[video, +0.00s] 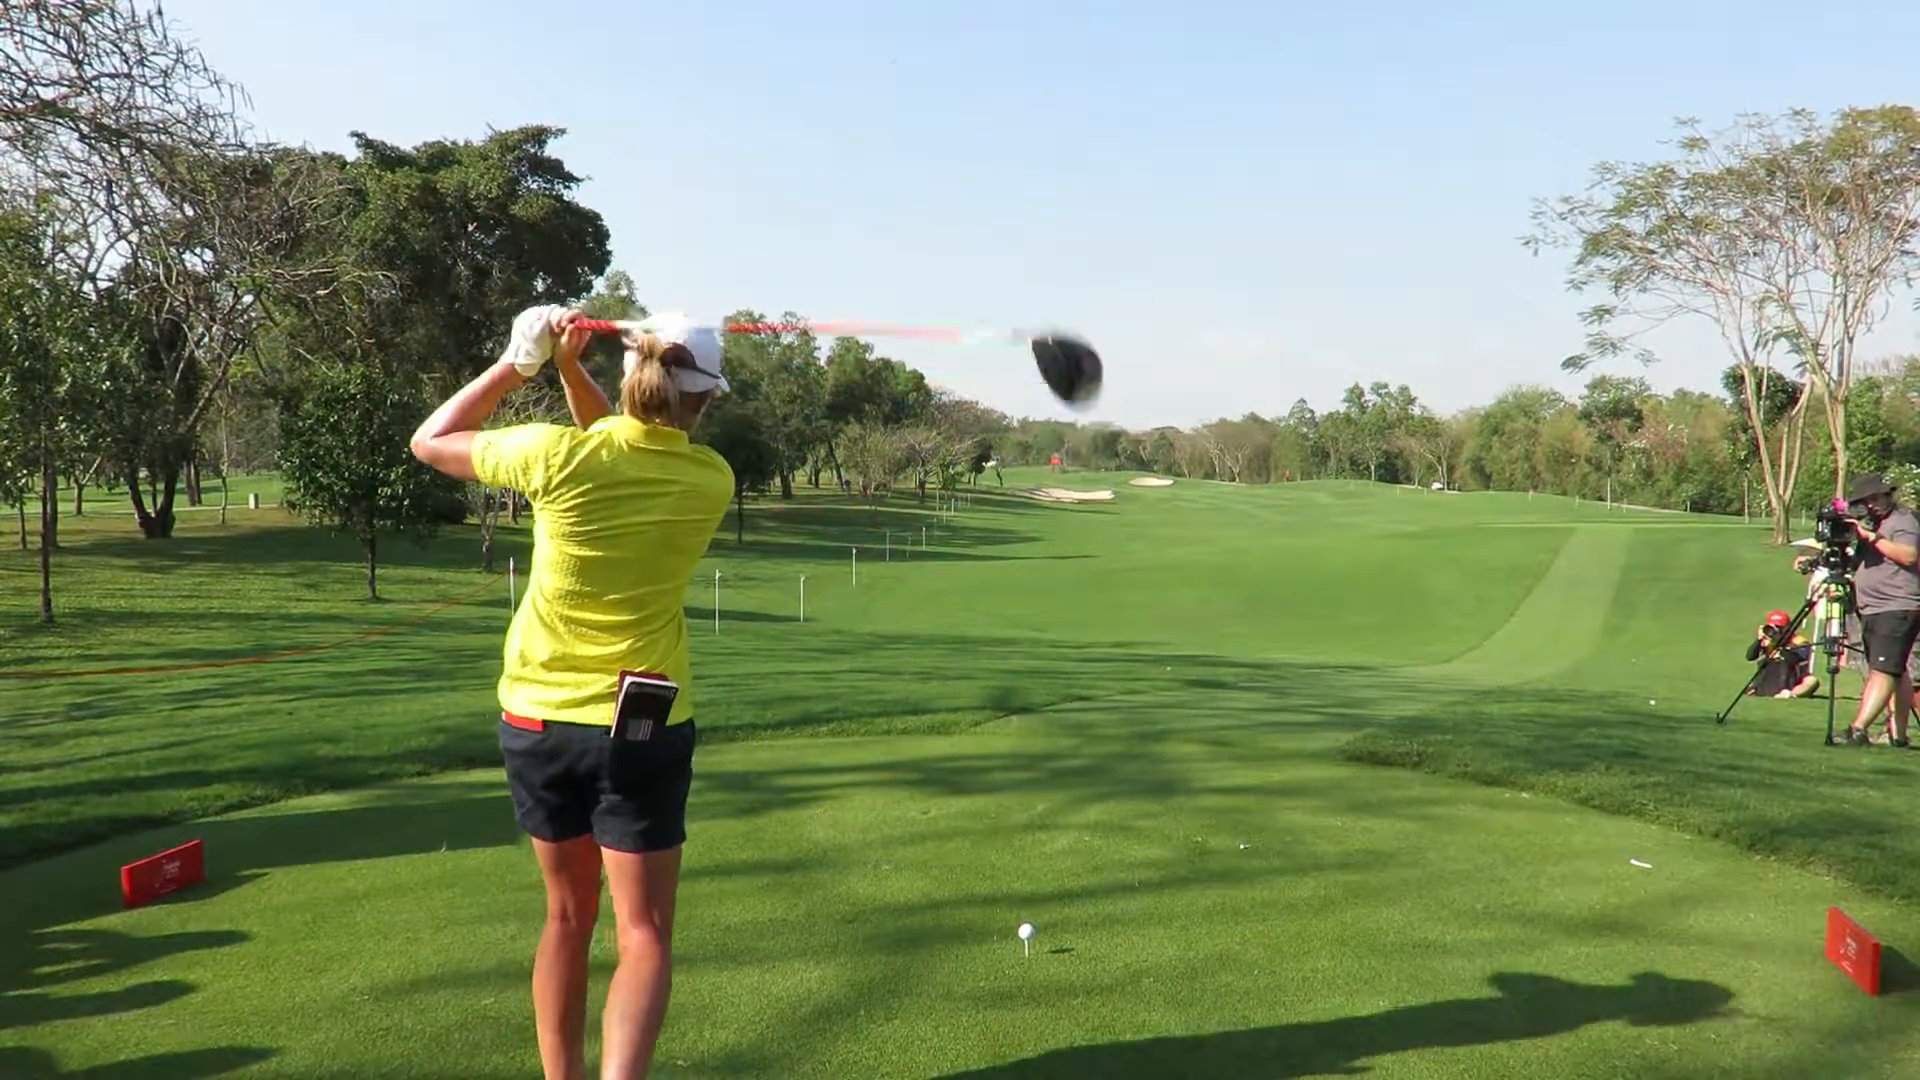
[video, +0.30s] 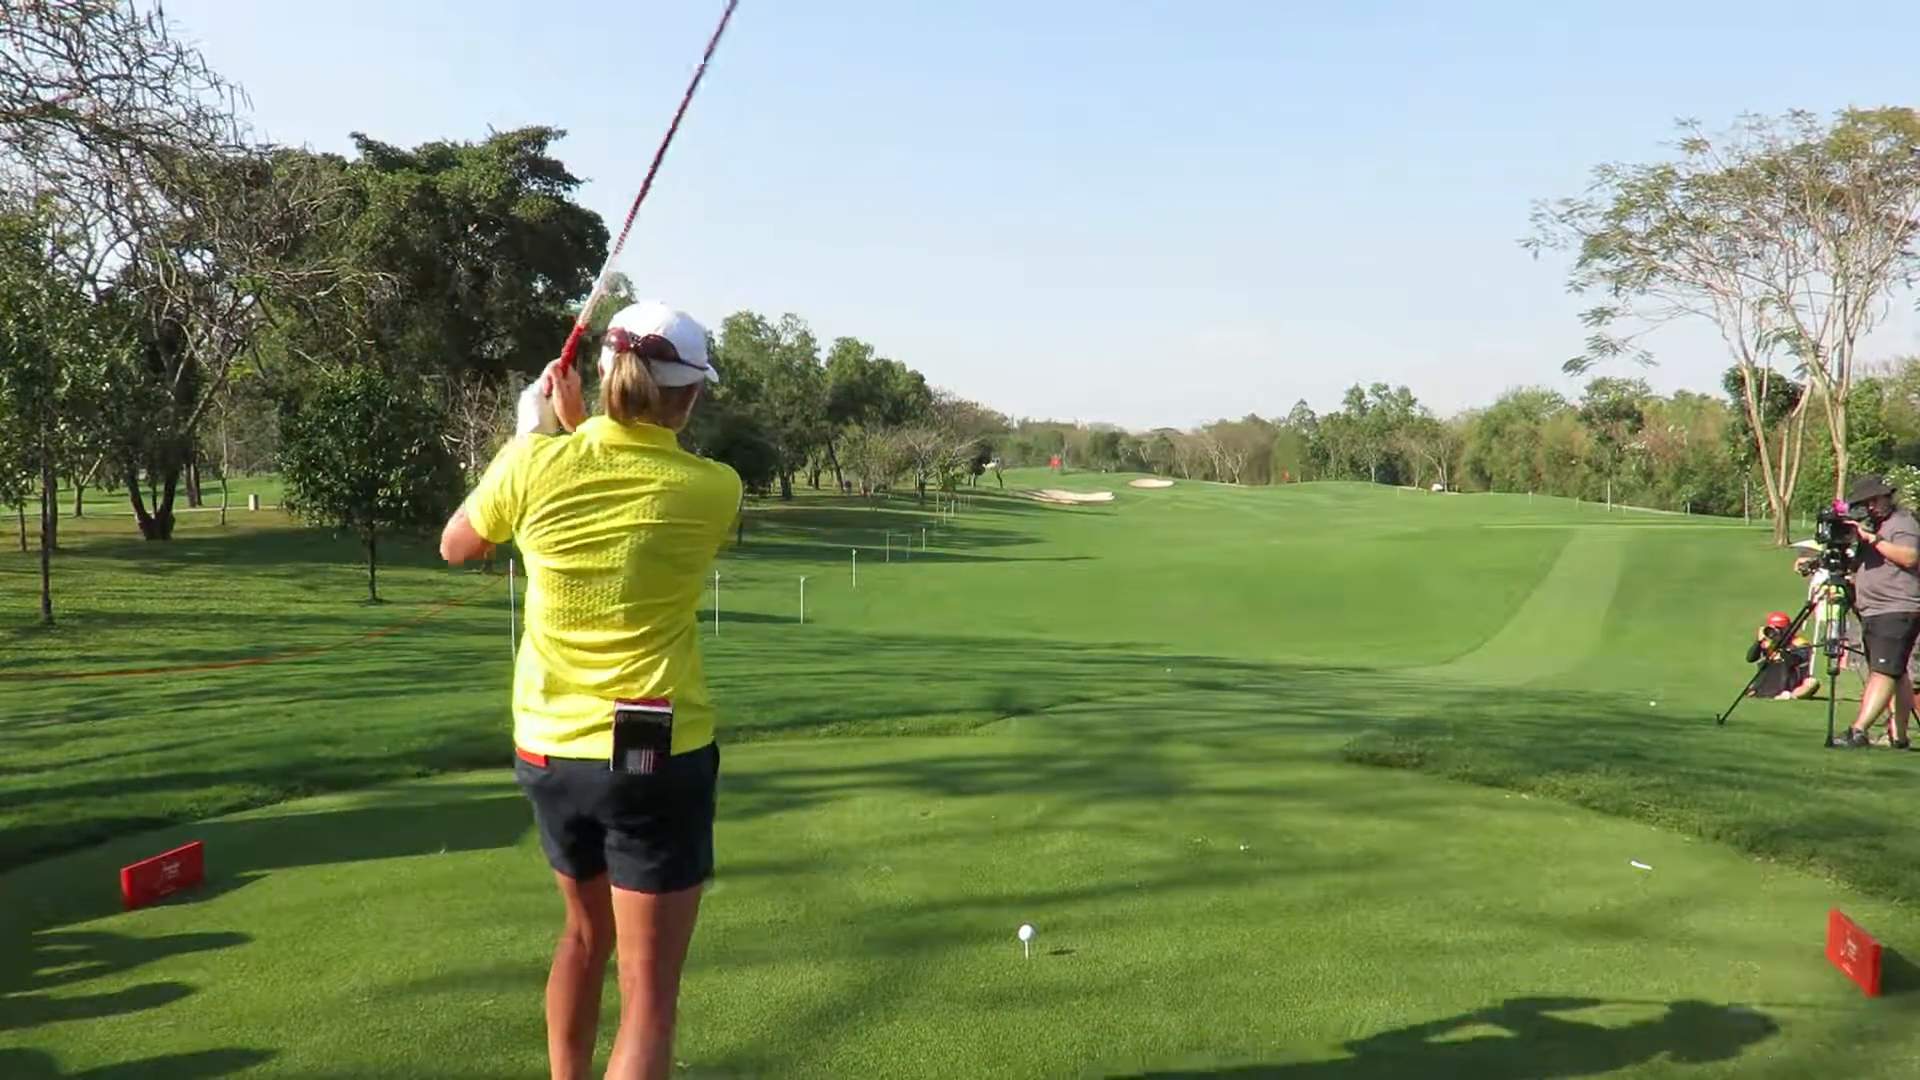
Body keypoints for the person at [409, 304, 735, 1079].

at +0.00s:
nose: (713, 403)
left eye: (710, 388)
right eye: (713, 391)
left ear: (629, 375)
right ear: (699, 398)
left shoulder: (554, 451)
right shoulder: (711, 480)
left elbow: (430, 440)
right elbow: (626, 445)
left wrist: (512, 363)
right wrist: (571, 365)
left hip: (538, 725)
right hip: (642, 730)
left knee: (566, 913)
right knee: (645, 931)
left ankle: (559, 1071)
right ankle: (620, 1072)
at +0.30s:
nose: (698, 399)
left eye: (699, 386)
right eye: (696, 387)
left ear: (608, 378)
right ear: (686, 397)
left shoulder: (537, 463)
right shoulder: (713, 490)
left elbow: (457, 545)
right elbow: (638, 491)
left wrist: (528, 442)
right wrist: (582, 423)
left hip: (552, 753)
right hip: (659, 759)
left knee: (583, 933)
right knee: (649, 997)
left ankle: (566, 1072)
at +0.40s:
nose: (697, 390)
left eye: (696, 375)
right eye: (696, 377)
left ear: (603, 365)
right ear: (685, 385)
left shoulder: (525, 454)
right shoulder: (716, 484)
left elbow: (465, 575)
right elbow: (651, 531)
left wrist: (538, 452)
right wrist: (586, 443)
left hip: (549, 755)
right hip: (662, 761)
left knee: (577, 947)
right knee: (643, 1010)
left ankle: (574, 1074)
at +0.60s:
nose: (685, 373)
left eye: (679, 355)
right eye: (685, 358)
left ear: (581, 346)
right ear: (672, 365)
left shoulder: (501, 443)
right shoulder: (708, 466)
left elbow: (455, 600)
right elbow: (713, 580)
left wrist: (545, 542)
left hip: (529, 770)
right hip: (654, 773)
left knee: (562, 970)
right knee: (639, 1020)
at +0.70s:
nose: (675, 369)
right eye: (674, 354)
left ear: (564, 347)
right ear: (661, 365)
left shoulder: (483, 448)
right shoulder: (695, 465)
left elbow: (440, 618)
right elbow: (721, 592)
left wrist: (526, 572)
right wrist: (632, 565)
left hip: (519, 788)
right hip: (651, 787)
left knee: (542, 1007)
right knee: (639, 1027)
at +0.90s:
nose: (639, 375)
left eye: (636, 356)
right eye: (639, 359)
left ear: (523, 350)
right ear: (623, 366)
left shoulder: (433, 462)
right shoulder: (656, 475)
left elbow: (390, 651)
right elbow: (715, 639)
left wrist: (480, 599)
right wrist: (626, 575)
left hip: (470, 833)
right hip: (623, 830)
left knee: (498, 1065)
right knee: (639, 1042)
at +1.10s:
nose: (610, 363)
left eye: (612, 343)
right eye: (611, 345)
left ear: (486, 336)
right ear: (594, 350)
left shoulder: (387, 450)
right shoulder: (624, 468)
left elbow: (304, 647)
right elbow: (692, 675)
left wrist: (426, 638)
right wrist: (620, 609)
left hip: (419, 848)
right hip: (584, 843)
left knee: (462, 1070)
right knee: (645, 1058)